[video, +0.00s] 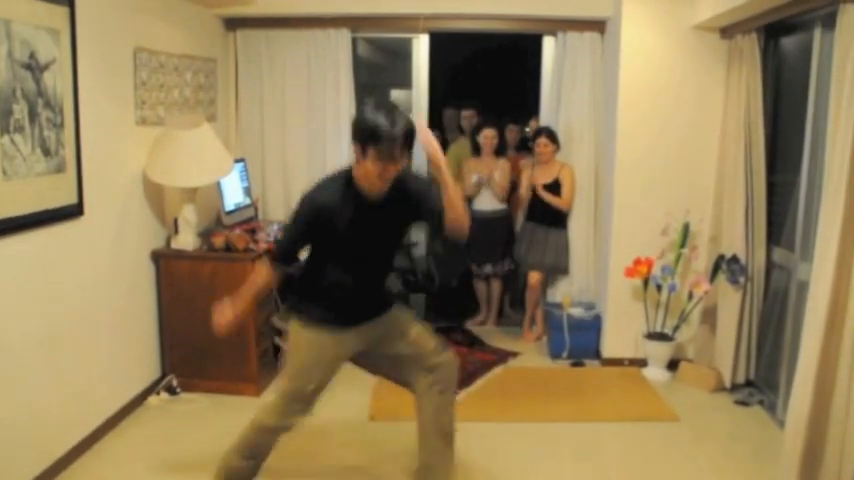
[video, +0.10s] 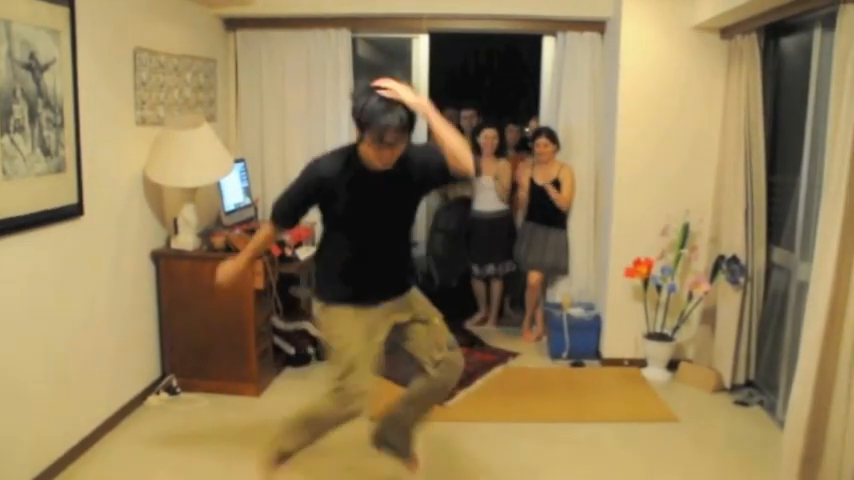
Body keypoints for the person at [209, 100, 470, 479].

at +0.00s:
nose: (388, 172)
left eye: (396, 163)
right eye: (381, 161)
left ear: (406, 159)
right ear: (359, 152)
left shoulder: (408, 192)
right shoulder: (325, 199)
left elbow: (459, 228)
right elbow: (277, 260)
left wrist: (440, 165)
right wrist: (238, 303)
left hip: (377, 315)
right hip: (320, 324)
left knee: (439, 367)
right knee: (284, 406)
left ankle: (435, 473)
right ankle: (232, 473)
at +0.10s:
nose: (389, 155)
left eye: (398, 146)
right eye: (381, 145)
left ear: (409, 139)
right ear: (361, 133)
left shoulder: (412, 165)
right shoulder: (330, 172)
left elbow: (464, 165)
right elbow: (279, 222)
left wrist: (422, 106)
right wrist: (241, 261)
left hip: (400, 294)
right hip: (346, 304)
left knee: (448, 366)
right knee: (351, 397)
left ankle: (395, 428)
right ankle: (281, 447)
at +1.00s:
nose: (463, 177)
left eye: (475, 169)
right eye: (457, 166)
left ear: (496, 168)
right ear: (448, 158)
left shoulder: (510, 220)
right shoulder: (432, 192)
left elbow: (547, 300)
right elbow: (403, 238)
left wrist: (573, 369)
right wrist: (367, 278)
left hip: (485, 350)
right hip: (431, 343)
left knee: (501, 444)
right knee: (406, 421)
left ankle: (552, 477)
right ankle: (452, 476)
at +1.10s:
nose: (459, 160)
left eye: (470, 152)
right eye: (453, 148)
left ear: (488, 150)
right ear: (440, 139)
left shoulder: (504, 201)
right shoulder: (418, 182)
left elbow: (543, 265)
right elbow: (380, 222)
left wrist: (574, 320)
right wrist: (353, 241)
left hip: (475, 324)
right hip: (427, 318)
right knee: (412, 410)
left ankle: (492, 474)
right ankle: (454, 474)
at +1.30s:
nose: (447, 139)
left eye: (457, 129)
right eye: (439, 128)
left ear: (472, 129)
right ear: (421, 127)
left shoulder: (492, 181)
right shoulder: (397, 176)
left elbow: (548, 225)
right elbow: (365, 248)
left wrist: (600, 244)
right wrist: (333, 308)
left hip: (453, 316)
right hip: (403, 306)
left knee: (414, 407)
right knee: (406, 392)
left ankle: (386, 476)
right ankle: (436, 450)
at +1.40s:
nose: (442, 140)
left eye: (452, 131)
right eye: (433, 130)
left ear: (467, 133)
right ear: (418, 131)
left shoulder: (487, 190)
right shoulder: (391, 180)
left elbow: (532, 243)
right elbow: (345, 244)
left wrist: (562, 208)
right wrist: (383, 280)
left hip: (446, 320)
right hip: (392, 317)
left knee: (406, 406)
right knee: (416, 396)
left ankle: (388, 474)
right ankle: (435, 455)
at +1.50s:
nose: (434, 134)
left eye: (444, 123)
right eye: (425, 123)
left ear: (463, 125)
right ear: (414, 123)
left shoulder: (479, 184)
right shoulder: (394, 173)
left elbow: (542, 217)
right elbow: (324, 220)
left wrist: (511, 160)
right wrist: (372, 196)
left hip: (438, 321)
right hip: (386, 314)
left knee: (408, 420)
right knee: (389, 408)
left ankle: (403, 475)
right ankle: (432, 430)